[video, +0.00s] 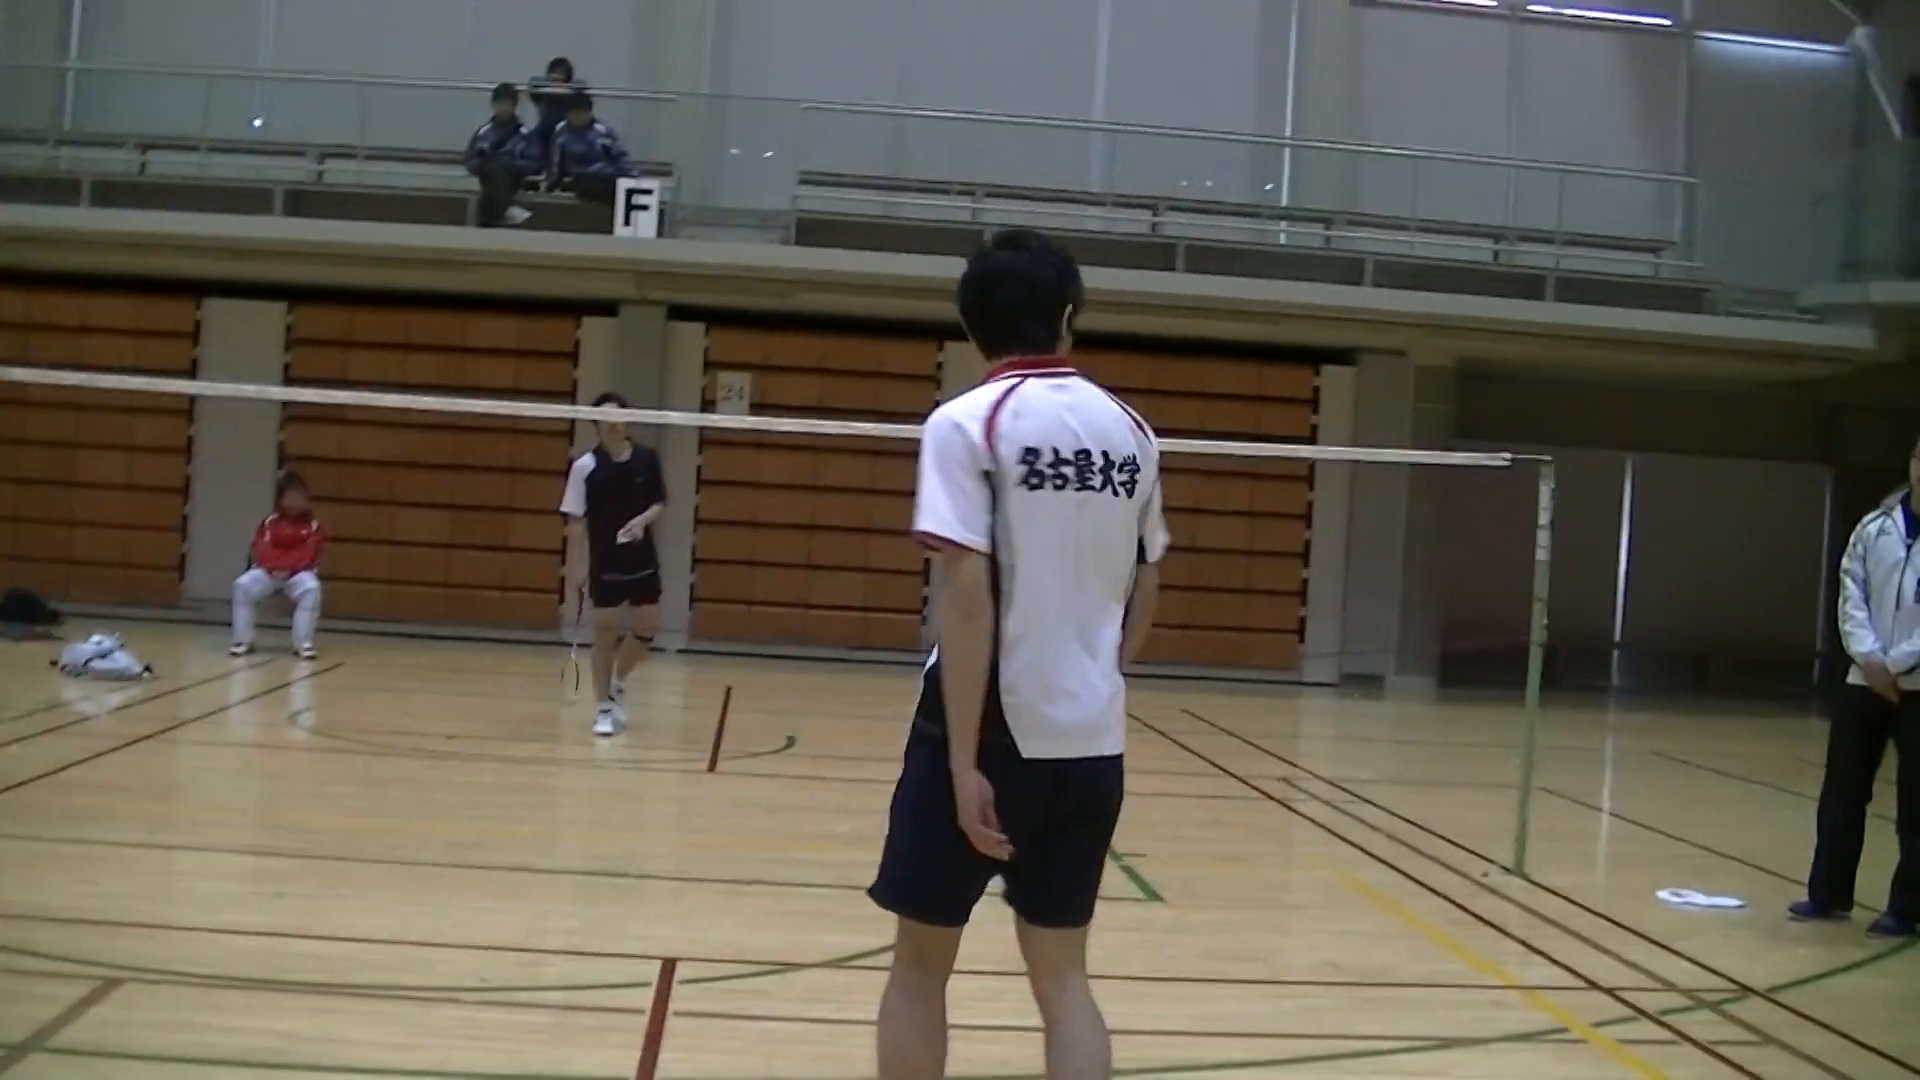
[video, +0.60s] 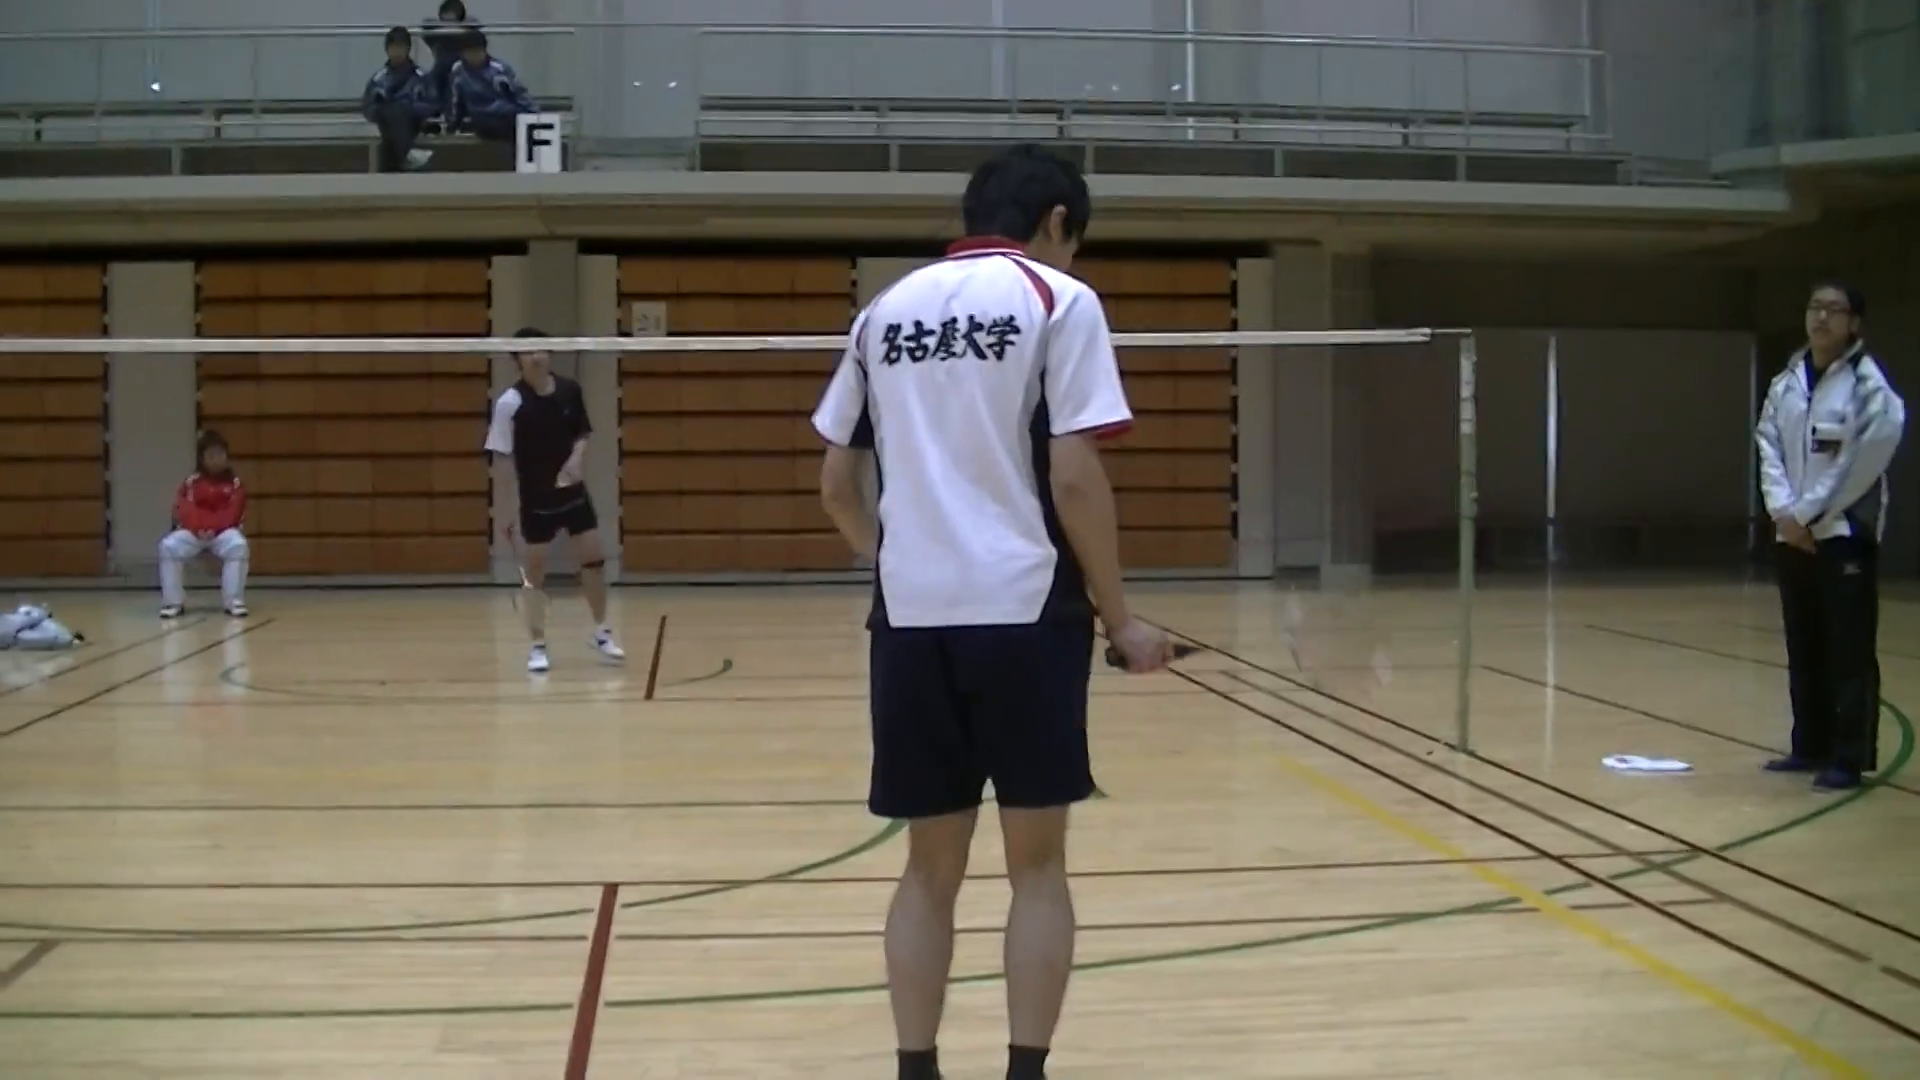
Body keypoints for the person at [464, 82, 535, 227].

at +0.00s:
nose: (503, 109)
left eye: (507, 104)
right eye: (499, 104)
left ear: (514, 105)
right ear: (493, 105)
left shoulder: (526, 134)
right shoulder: (483, 133)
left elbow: (534, 165)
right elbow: (470, 161)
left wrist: (507, 165)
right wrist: (490, 166)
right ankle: (507, 208)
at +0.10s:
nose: (479, 124)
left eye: (483, 120)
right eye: (475, 119)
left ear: (490, 121)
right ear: (469, 121)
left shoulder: (502, 149)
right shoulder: (458, 148)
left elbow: (511, 180)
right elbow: (446, 176)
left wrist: (485, 180)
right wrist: (465, 182)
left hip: (491, 196)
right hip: (463, 195)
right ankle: (482, 224)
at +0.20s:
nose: (458, 132)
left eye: (462, 127)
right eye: (454, 127)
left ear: (468, 128)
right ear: (448, 128)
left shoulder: (481, 157)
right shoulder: (437, 157)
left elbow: (490, 187)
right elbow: (425, 184)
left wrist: (465, 188)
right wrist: (441, 191)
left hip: (470, 202)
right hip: (442, 201)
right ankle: (460, 232)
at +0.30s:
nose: (431, 119)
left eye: (435, 114)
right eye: (427, 113)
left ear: (443, 115)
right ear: (421, 115)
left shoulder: (455, 143)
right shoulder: (411, 142)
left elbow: (464, 173)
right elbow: (399, 170)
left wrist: (439, 175)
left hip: (444, 191)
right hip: (416, 190)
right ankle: (435, 221)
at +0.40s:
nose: (411, 101)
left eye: (415, 96)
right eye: (407, 96)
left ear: (422, 97)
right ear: (401, 97)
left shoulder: (436, 126)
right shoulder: (391, 125)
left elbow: (445, 155)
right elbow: (379, 152)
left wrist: (419, 156)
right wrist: (395, 161)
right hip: (398, 177)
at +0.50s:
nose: (395, 75)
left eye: (399, 70)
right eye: (391, 70)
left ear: (407, 72)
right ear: (385, 72)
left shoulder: (419, 100)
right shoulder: (376, 101)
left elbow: (429, 128)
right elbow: (366, 128)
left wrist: (407, 132)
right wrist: (381, 138)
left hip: (412, 147)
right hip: (384, 148)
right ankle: (403, 177)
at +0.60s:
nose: (396, 53)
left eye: (400, 48)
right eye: (392, 48)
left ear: (408, 49)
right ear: (387, 50)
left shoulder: (422, 77)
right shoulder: (378, 79)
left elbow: (433, 106)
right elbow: (368, 108)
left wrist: (408, 109)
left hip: (414, 122)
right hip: (386, 124)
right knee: (395, 111)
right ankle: (407, 153)